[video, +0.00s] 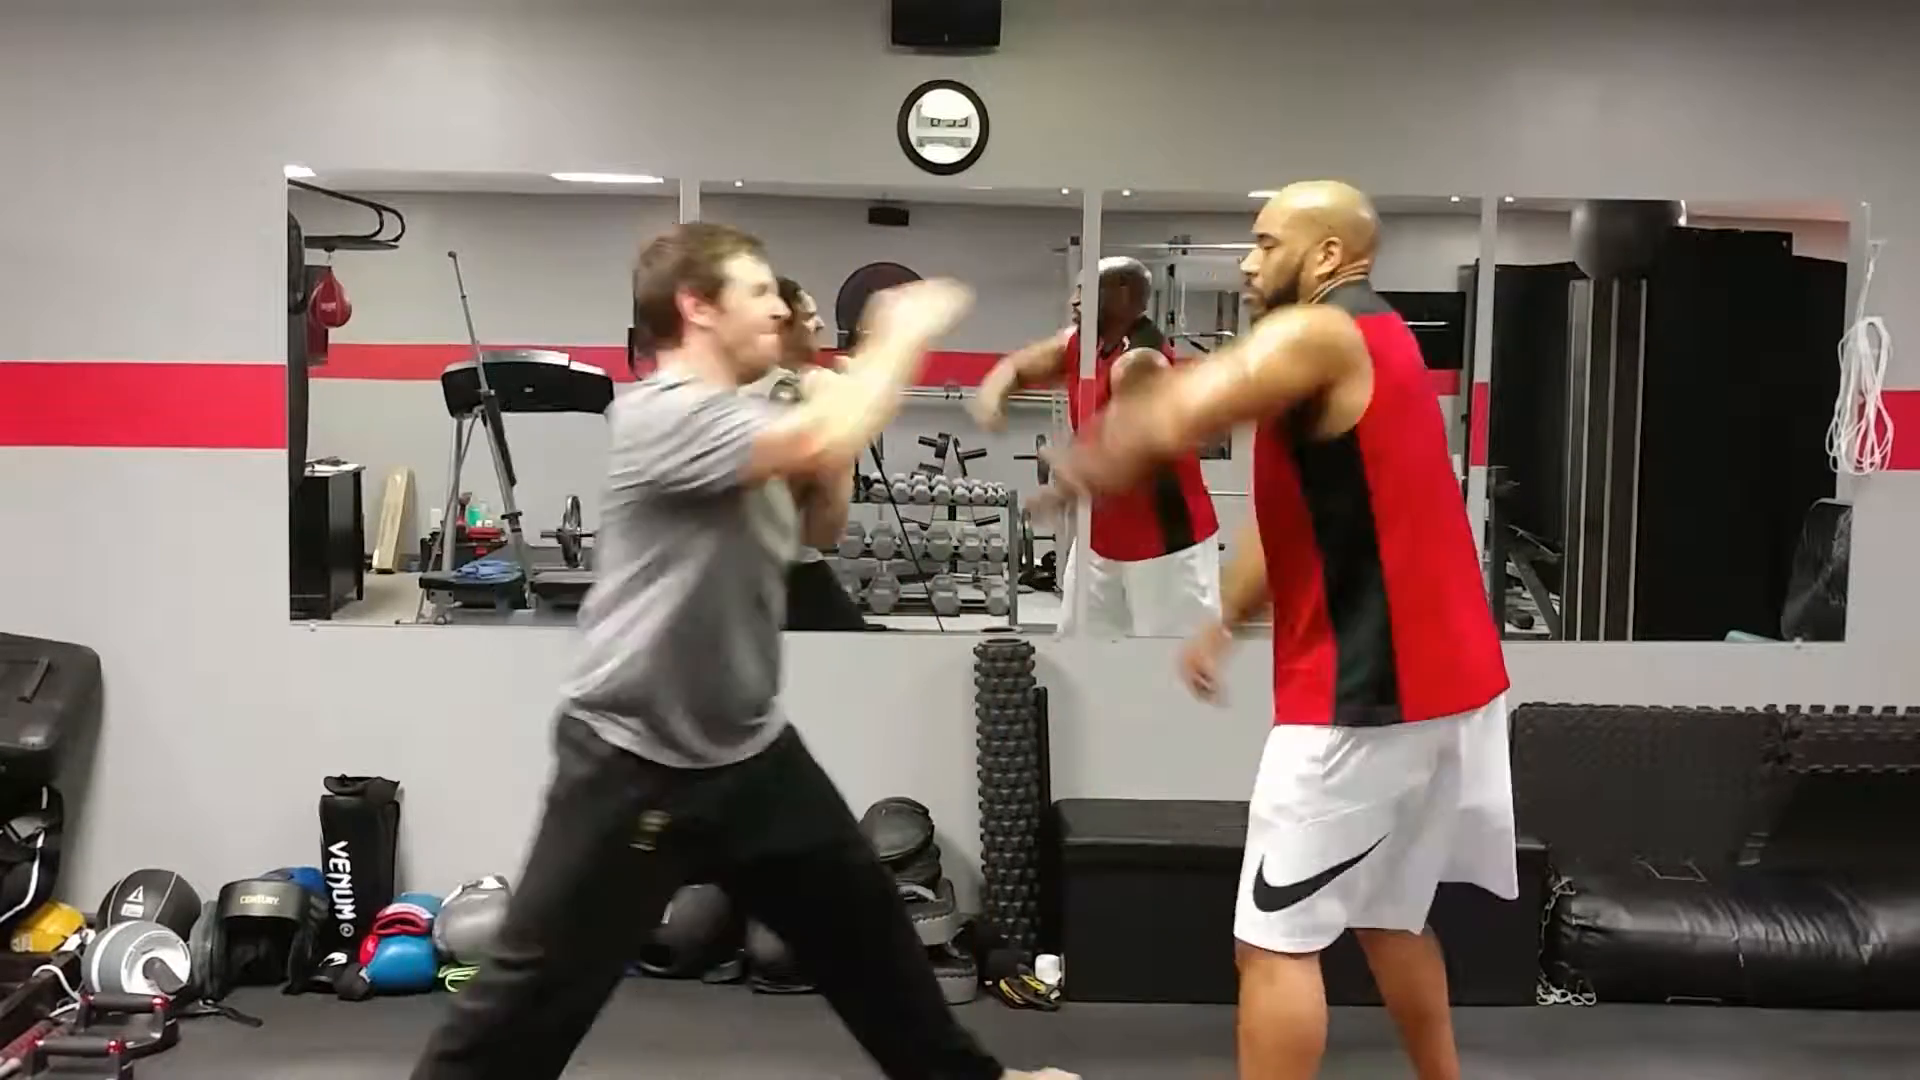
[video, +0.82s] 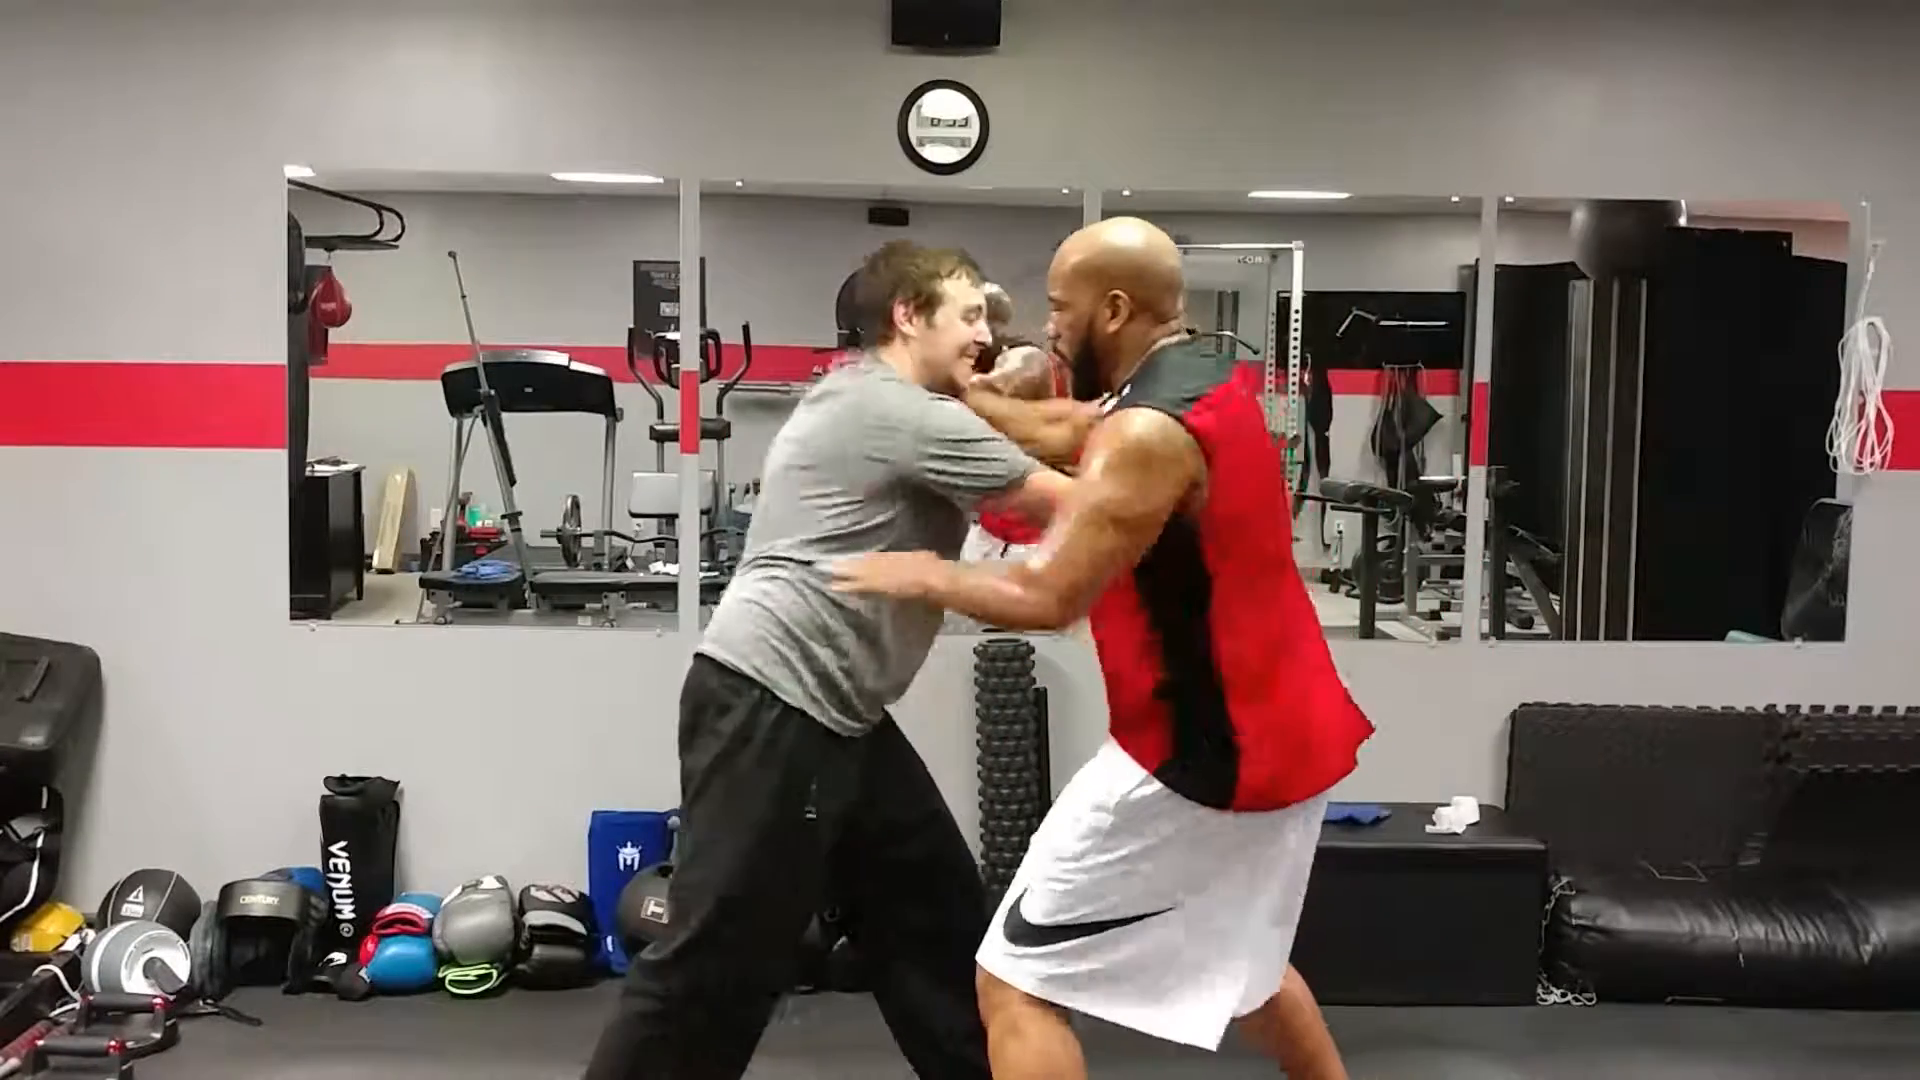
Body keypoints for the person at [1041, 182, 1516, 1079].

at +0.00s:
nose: (1248, 258)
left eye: (1267, 242)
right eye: (1253, 241)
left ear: (1330, 255)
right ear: (1335, 261)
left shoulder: (1319, 333)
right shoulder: (1374, 336)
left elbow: (1164, 421)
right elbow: (1305, 512)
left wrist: (1093, 460)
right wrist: (1224, 614)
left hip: (1355, 693)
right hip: (1438, 683)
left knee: (1275, 939)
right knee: (1391, 913)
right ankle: (1441, 1073)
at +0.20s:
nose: (1291, 241)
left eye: (1314, 228)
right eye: (1295, 226)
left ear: (1374, 246)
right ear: (1378, 252)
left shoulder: (1352, 312)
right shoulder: (1343, 313)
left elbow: (1185, 371)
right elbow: (1194, 322)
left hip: (1317, 662)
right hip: (1388, 664)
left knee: (1134, 872)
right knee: (1357, 913)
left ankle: (1194, 1074)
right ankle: (1429, 1073)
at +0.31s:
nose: (1278, 264)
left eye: (1293, 251)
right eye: (1285, 247)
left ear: (1341, 267)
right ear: (1376, 271)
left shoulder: (1308, 379)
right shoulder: (1415, 351)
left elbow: (1196, 515)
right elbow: (1270, 312)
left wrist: (1157, 367)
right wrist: (1174, 254)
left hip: (1264, 677)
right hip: (1371, 675)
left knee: (1112, 907)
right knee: (1338, 904)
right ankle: (1425, 1072)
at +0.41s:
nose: (1213, 313)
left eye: (1228, 296)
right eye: (1217, 294)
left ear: (1284, 308)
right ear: (1327, 306)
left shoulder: (1247, 426)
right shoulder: (1391, 377)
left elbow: (1097, 512)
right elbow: (1244, 418)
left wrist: (1060, 379)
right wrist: (1129, 390)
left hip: (1241, 737)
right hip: (1353, 726)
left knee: (1106, 953)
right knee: (1306, 921)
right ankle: (1413, 1072)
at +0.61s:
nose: (1053, 346)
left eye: (1066, 328)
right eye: (1055, 327)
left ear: (1126, 333)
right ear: (1149, 328)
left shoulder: (1176, 458)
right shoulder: (1229, 383)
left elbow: (1154, 650)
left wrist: (1049, 618)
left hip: (1210, 762)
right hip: (1301, 740)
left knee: (1022, 977)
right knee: (1280, 950)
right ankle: (1385, 1075)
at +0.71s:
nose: (1048, 336)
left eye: (1059, 317)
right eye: (1047, 318)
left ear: (1117, 317)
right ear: (1144, 315)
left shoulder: (1158, 442)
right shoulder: (1210, 388)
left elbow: (1108, 627)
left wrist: (967, 614)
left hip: (1203, 753)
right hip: (1294, 734)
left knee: (1021, 979)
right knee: (1263, 954)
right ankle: (1360, 1075)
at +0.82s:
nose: (1050, 327)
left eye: (1060, 308)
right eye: (1051, 308)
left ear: (1118, 310)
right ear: (1141, 308)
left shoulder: (1147, 426)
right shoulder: (1213, 379)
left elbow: (1048, 595)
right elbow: (1071, 428)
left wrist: (926, 577)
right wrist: (956, 401)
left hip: (1191, 757)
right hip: (1286, 736)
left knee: (1013, 980)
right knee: (1244, 957)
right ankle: (1325, 1074)